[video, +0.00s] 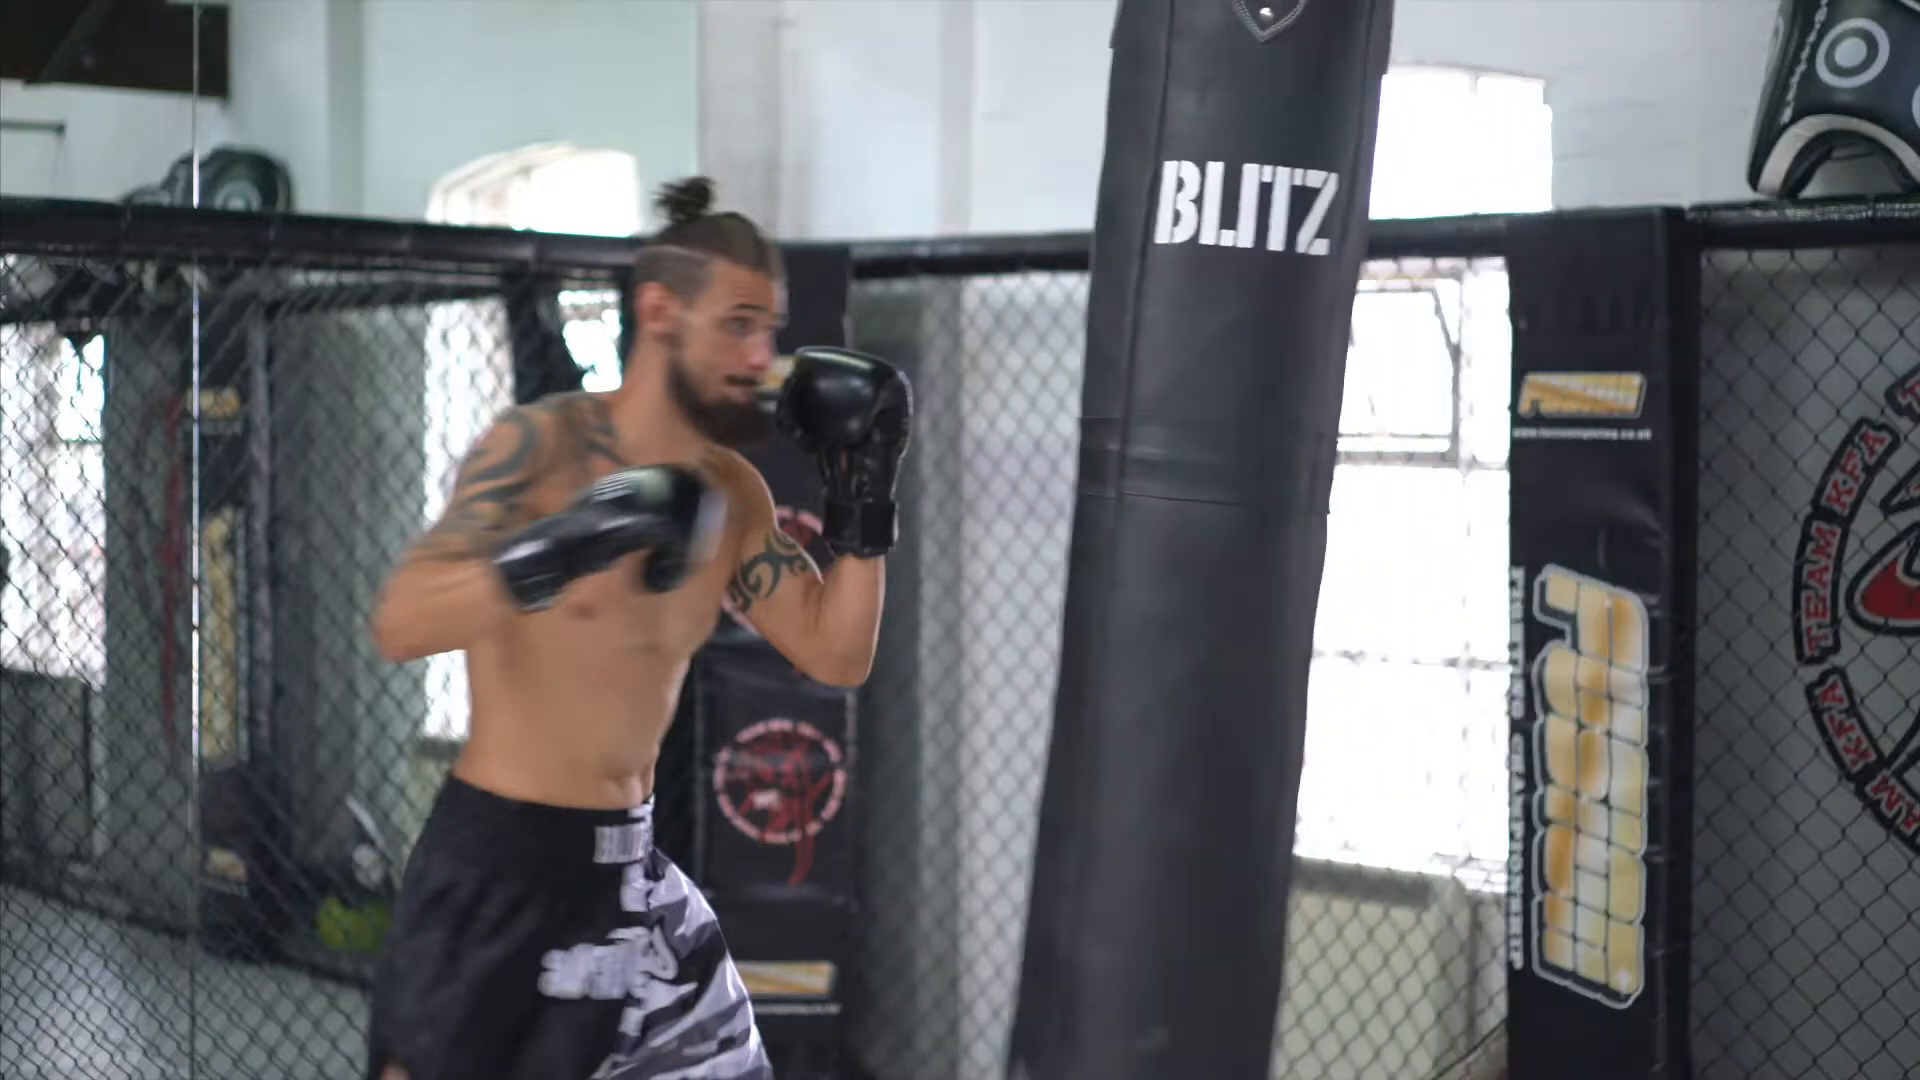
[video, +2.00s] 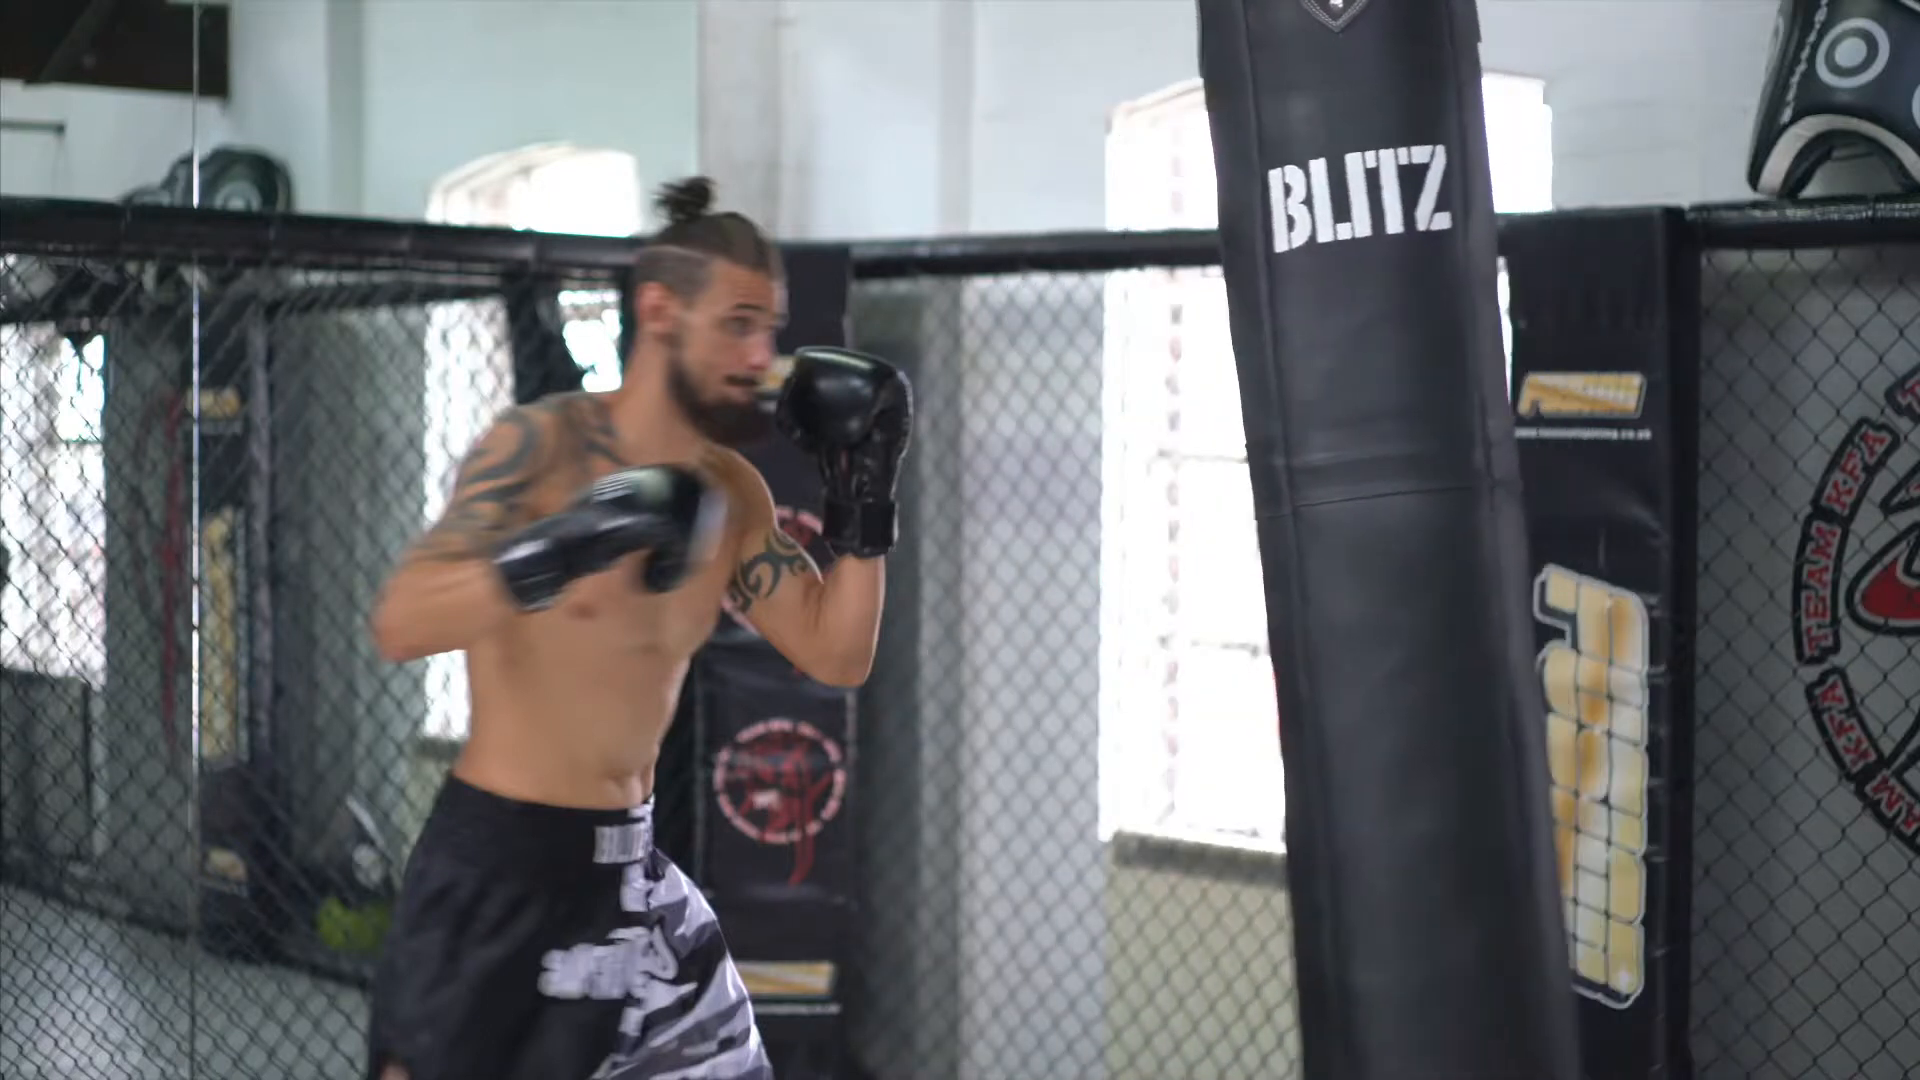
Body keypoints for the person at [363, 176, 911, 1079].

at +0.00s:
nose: (762, 358)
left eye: (772, 332)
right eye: (739, 326)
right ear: (656, 310)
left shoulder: (733, 492)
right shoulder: (539, 439)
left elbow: (839, 655)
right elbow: (401, 623)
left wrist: (865, 483)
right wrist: (568, 547)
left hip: (636, 867)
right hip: (500, 866)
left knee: (732, 1066)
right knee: (442, 1065)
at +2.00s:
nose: (762, 358)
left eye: (772, 331)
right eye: (739, 325)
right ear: (656, 310)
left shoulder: (733, 493)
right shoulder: (538, 440)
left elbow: (839, 655)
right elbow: (401, 623)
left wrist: (864, 483)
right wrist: (569, 547)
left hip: (636, 868)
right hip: (499, 866)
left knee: (732, 1066)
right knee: (442, 1065)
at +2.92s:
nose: (762, 357)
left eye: (772, 331)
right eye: (739, 325)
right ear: (656, 309)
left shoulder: (733, 492)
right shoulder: (537, 441)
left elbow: (839, 655)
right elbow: (400, 623)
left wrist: (865, 480)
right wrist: (569, 546)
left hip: (636, 866)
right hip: (501, 865)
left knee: (731, 1066)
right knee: (442, 1065)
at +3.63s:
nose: (763, 357)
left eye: (772, 331)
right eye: (740, 325)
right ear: (656, 309)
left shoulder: (733, 492)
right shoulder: (538, 440)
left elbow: (839, 655)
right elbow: (400, 623)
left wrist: (865, 481)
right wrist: (568, 547)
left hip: (636, 867)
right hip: (500, 866)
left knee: (732, 1066)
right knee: (442, 1065)